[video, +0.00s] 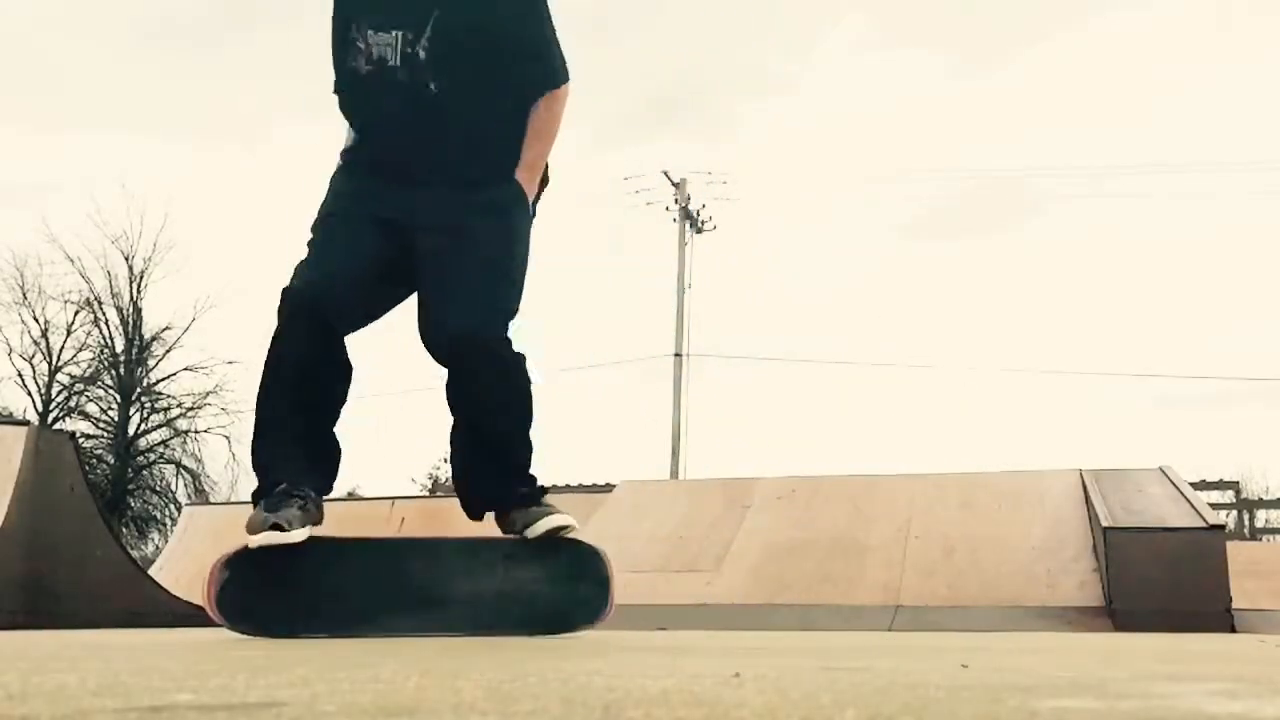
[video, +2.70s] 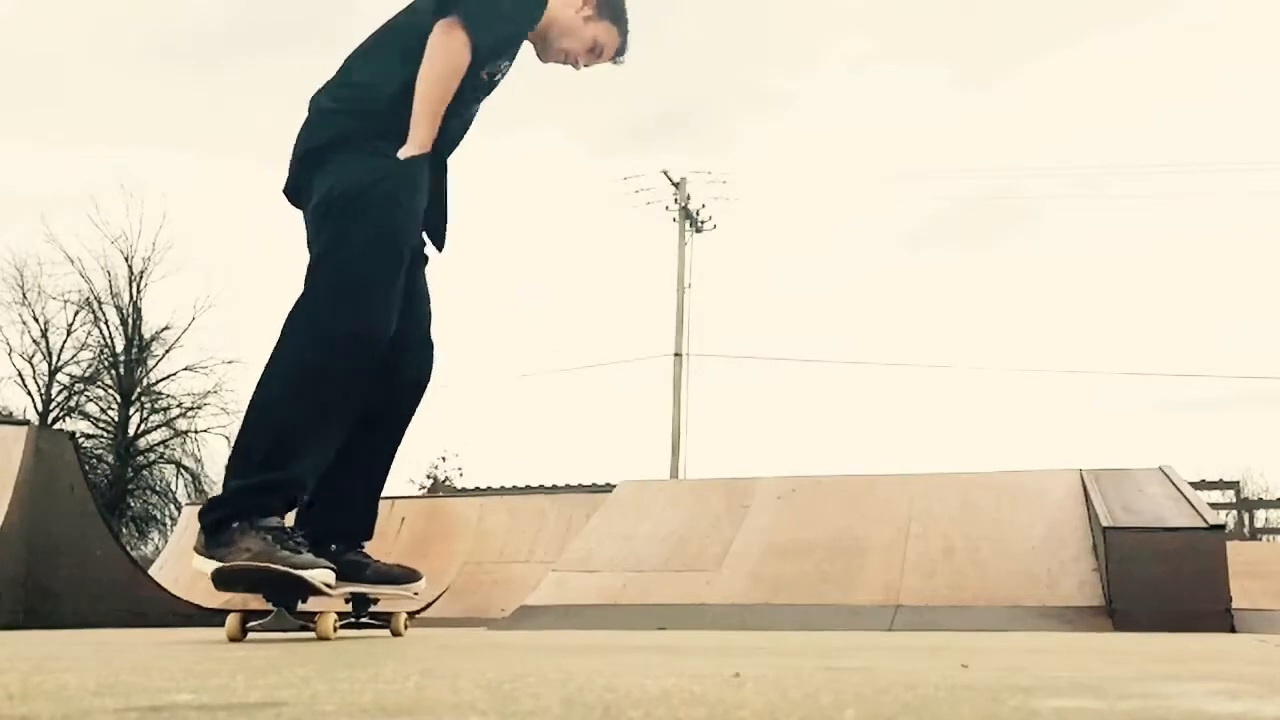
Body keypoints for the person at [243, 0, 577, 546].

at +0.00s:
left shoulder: (511, 9)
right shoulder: (350, 7)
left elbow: (551, 83)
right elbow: (353, 89)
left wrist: (522, 182)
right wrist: (372, 159)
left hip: (480, 190)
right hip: (374, 184)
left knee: (471, 334)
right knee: (308, 308)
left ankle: (513, 495)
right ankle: (290, 486)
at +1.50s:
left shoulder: (480, 6)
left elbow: (469, 75)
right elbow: (287, 51)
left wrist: (466, 175)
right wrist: (292, 154)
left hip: (432, 156)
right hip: (324, 153)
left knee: (473, 314)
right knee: (286, 316)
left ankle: (484, 481)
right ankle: (259, 492)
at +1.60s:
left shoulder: (472, 6)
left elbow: (468, 23)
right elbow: (286, 9)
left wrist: (452, 110)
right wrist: (288, 93)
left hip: (414, 109)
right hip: (325, 106)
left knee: (498, 211)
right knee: (315, 258)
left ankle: (474, 380)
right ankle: (279, 430)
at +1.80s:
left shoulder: (475, 5)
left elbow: (436, 70)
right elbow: (276, 36)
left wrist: (431, 152)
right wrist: (311, 147)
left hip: (414, 149)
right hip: (337, 143)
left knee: (476, 311)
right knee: (359, 299)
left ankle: (366, 461)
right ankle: (290, 504)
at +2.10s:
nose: (550, 52)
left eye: (567, 45)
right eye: (554, 30)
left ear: (577, 42)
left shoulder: (503, 80)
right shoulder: (405, 14)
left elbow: (426, 158)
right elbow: (299, 55)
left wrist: (393, 216)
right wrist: (309, 185)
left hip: (387, 221)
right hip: (309, 194)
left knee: (435, 382)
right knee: (365, 334)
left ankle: (359, 541)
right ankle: (279, 529)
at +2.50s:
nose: (595, 63)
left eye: (608, 61)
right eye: (605, 46)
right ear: (586, 6)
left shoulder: (495, 68)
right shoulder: (476, 9)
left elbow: (410, 134)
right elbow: (366, 28)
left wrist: (394, 196)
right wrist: (346, 156)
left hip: (383, 194)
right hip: (322, 165)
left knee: (410, 371)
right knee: (348, 331)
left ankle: (342, 541)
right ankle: (256, 526)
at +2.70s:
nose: (582, 62)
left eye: (594, 62)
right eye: (595, 48)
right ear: (583, 4)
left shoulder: (499, 42)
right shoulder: (518, 5)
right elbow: (454, 33)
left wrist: (417, 183)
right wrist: (417, 147)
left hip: (394, 180)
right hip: (367, 154)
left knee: (402, 360)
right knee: (348, 323)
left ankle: (331, 538)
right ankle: (240, 519)